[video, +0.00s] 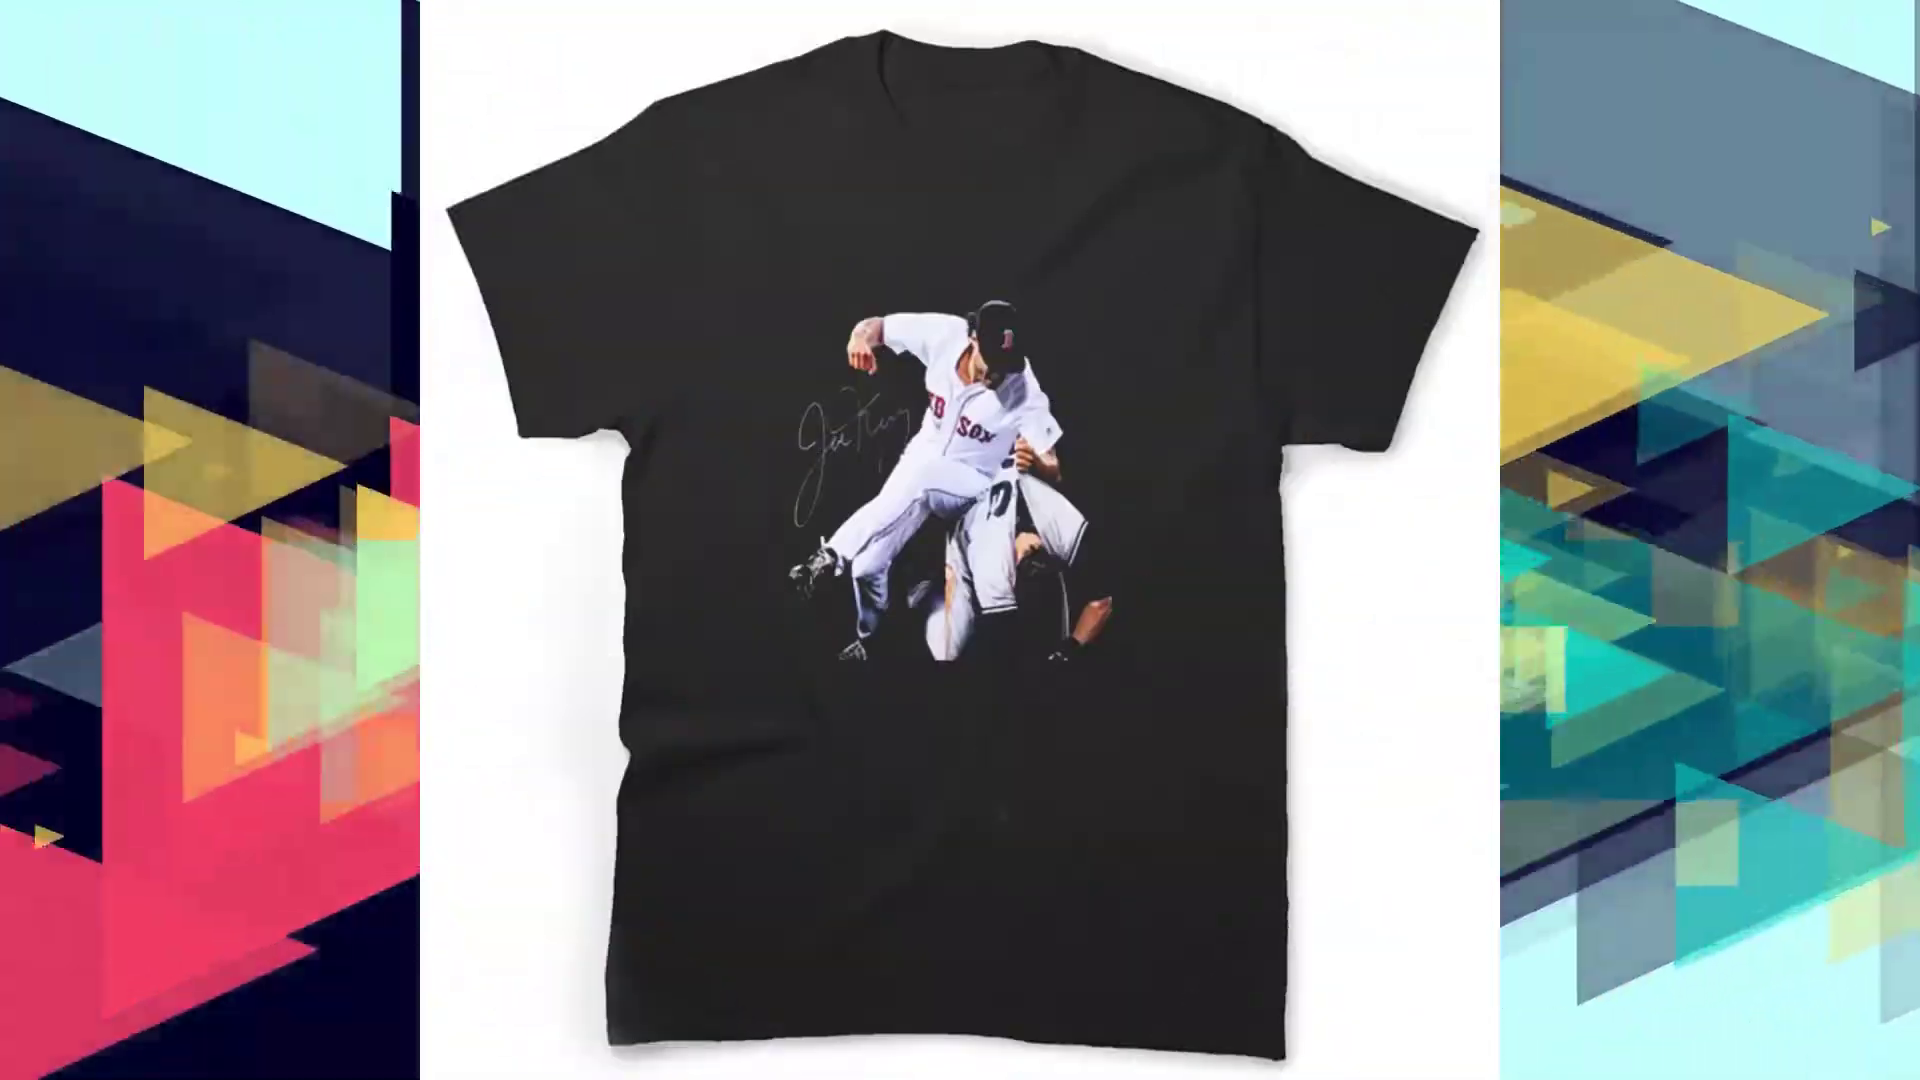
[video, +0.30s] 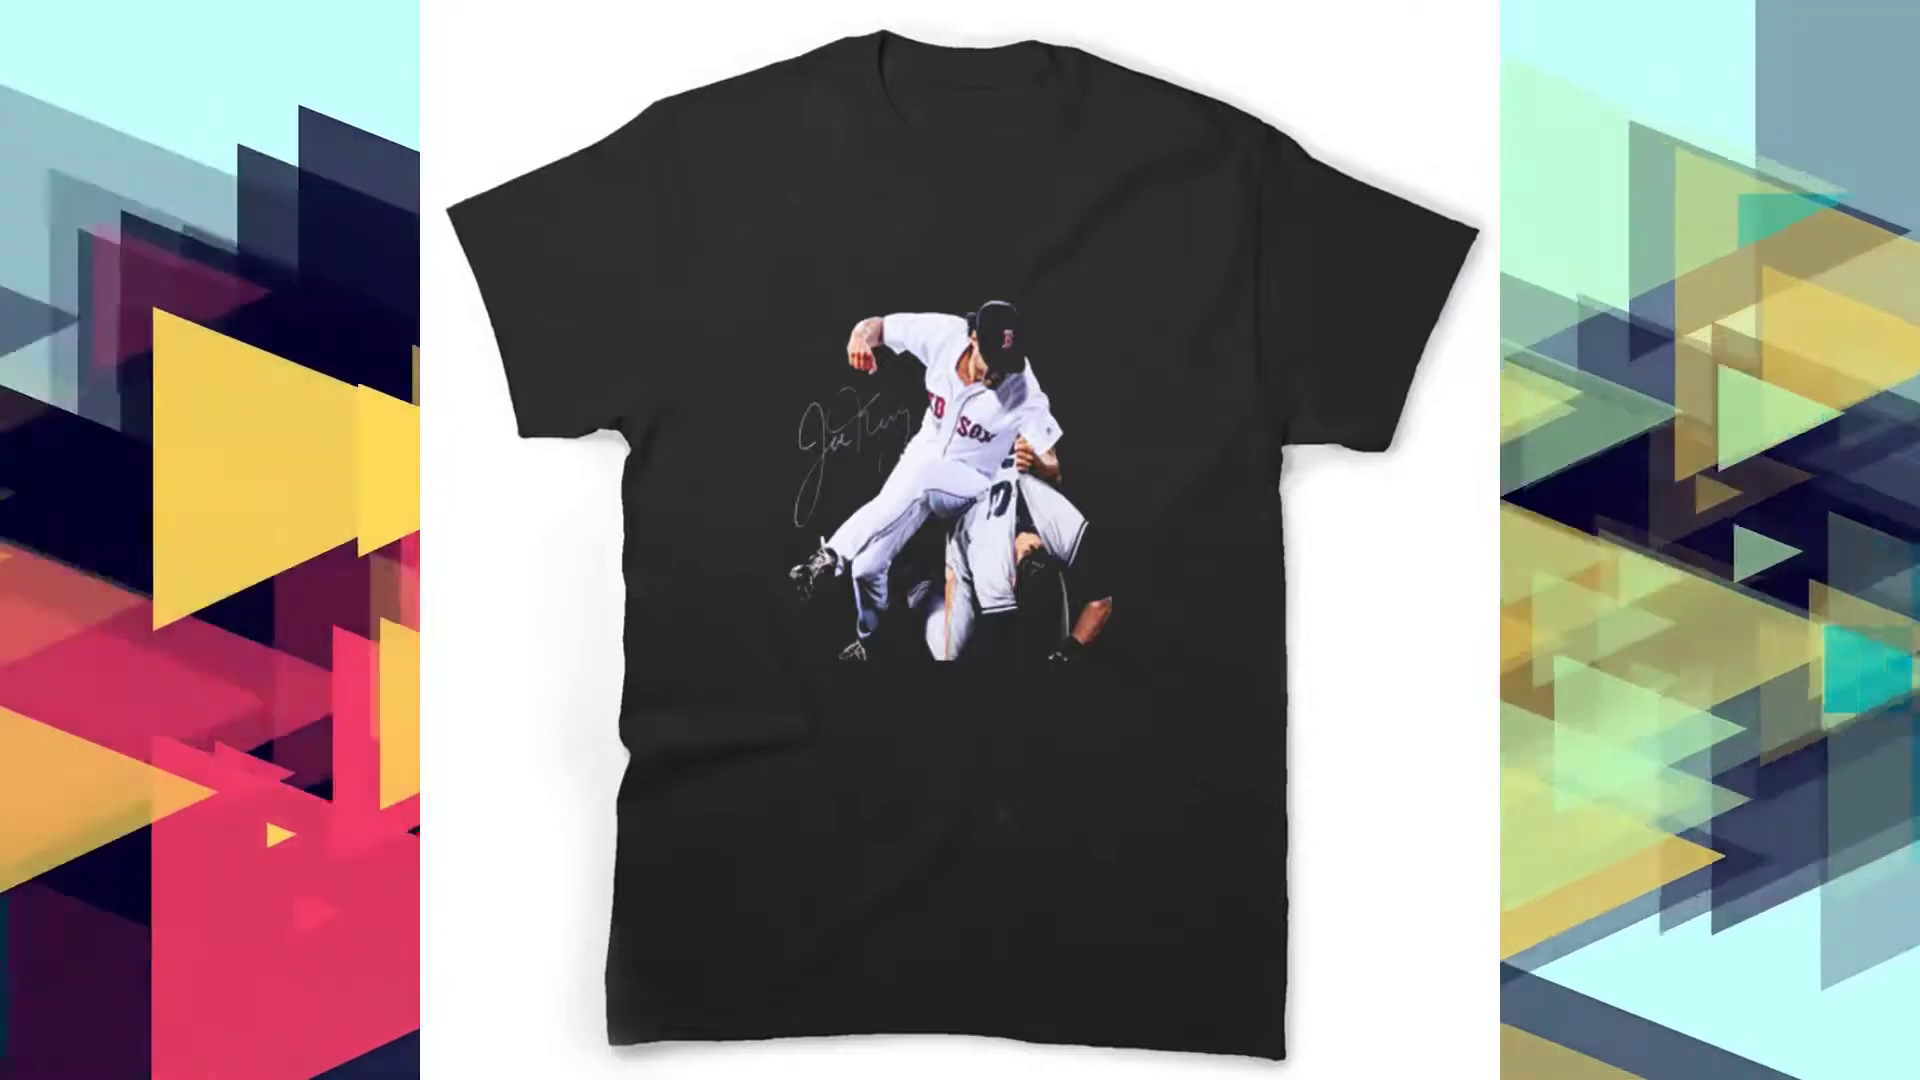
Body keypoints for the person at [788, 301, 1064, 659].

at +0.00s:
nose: (995, 373)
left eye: (1004, 366)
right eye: (990, 364)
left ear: (1016, 355)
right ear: (973, 342)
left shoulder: (1023, 390)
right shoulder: (946, 334)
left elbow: (1055, 470)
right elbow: (874, 327)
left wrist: (1038, 463)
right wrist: (861, 341)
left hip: (978, 482)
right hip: (922, 460)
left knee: (920, 477)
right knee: (867, 565)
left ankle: (827, 559)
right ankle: (870, 640)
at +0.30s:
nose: (997, 374)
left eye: (1006, 367)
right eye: (992, 365)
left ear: (1017, 354)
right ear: (973, 341)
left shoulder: (1024, 390)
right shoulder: (946, 334)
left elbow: (1054, 467)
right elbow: (877, 327)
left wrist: (1038, 462)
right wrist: (861, 340)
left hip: (976, 481)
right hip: (921, 459)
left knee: (921, 477)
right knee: (867, 566)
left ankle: (828, 560)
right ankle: (870, 642)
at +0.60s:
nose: (997, 374)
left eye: (1006, 367)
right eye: (991, 364)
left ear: (1017, 354)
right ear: (973, 341)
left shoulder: (1023, 389)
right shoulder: (946, 334)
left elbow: (1054, 468)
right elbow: (878, 327)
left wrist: (1038, 463)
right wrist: (861, 338)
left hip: (979, 482)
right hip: (922, 460)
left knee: (920, 476)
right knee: (867, 566)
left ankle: (828, 560)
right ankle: (871, 642)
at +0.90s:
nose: (997, 374)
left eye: (1006, 367)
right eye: (991, 364)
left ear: (1017, 354)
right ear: (973, 341)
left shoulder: (1023, 389)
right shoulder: (946, 334)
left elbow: (1054, 468)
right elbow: (878, 327)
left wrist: (1038, 463)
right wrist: (861, 338)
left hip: (979, 482)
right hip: (922, 460)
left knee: (920, 476)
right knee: (867, 566)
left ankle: (828, 560)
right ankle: (871, 642)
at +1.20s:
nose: (997, 374)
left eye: (1006, 367)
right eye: (991, 364)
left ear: (1017, 354)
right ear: (973, 341)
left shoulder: (1023, 389)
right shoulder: (946, 334)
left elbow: (1054, 468)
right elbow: (878, 327)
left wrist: (1038, 463)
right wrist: (861, 338)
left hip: (979, 482)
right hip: (922, 460)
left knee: (920, 476)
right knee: (867, 566)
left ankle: (828, 560)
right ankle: (871, 642)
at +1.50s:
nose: (997, 374)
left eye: (1006, 367)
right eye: (991, 364)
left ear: (1017, 354)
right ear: (973, 341)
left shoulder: (1023, 389)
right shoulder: (946, 334)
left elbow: (1054, 468)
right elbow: (878, 327)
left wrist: (1038, 463)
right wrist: (861, 338)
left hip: (979, 482)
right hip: (922, 460)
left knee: (920, 476)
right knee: (867, 566)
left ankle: (828, 560)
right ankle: (871, 642)